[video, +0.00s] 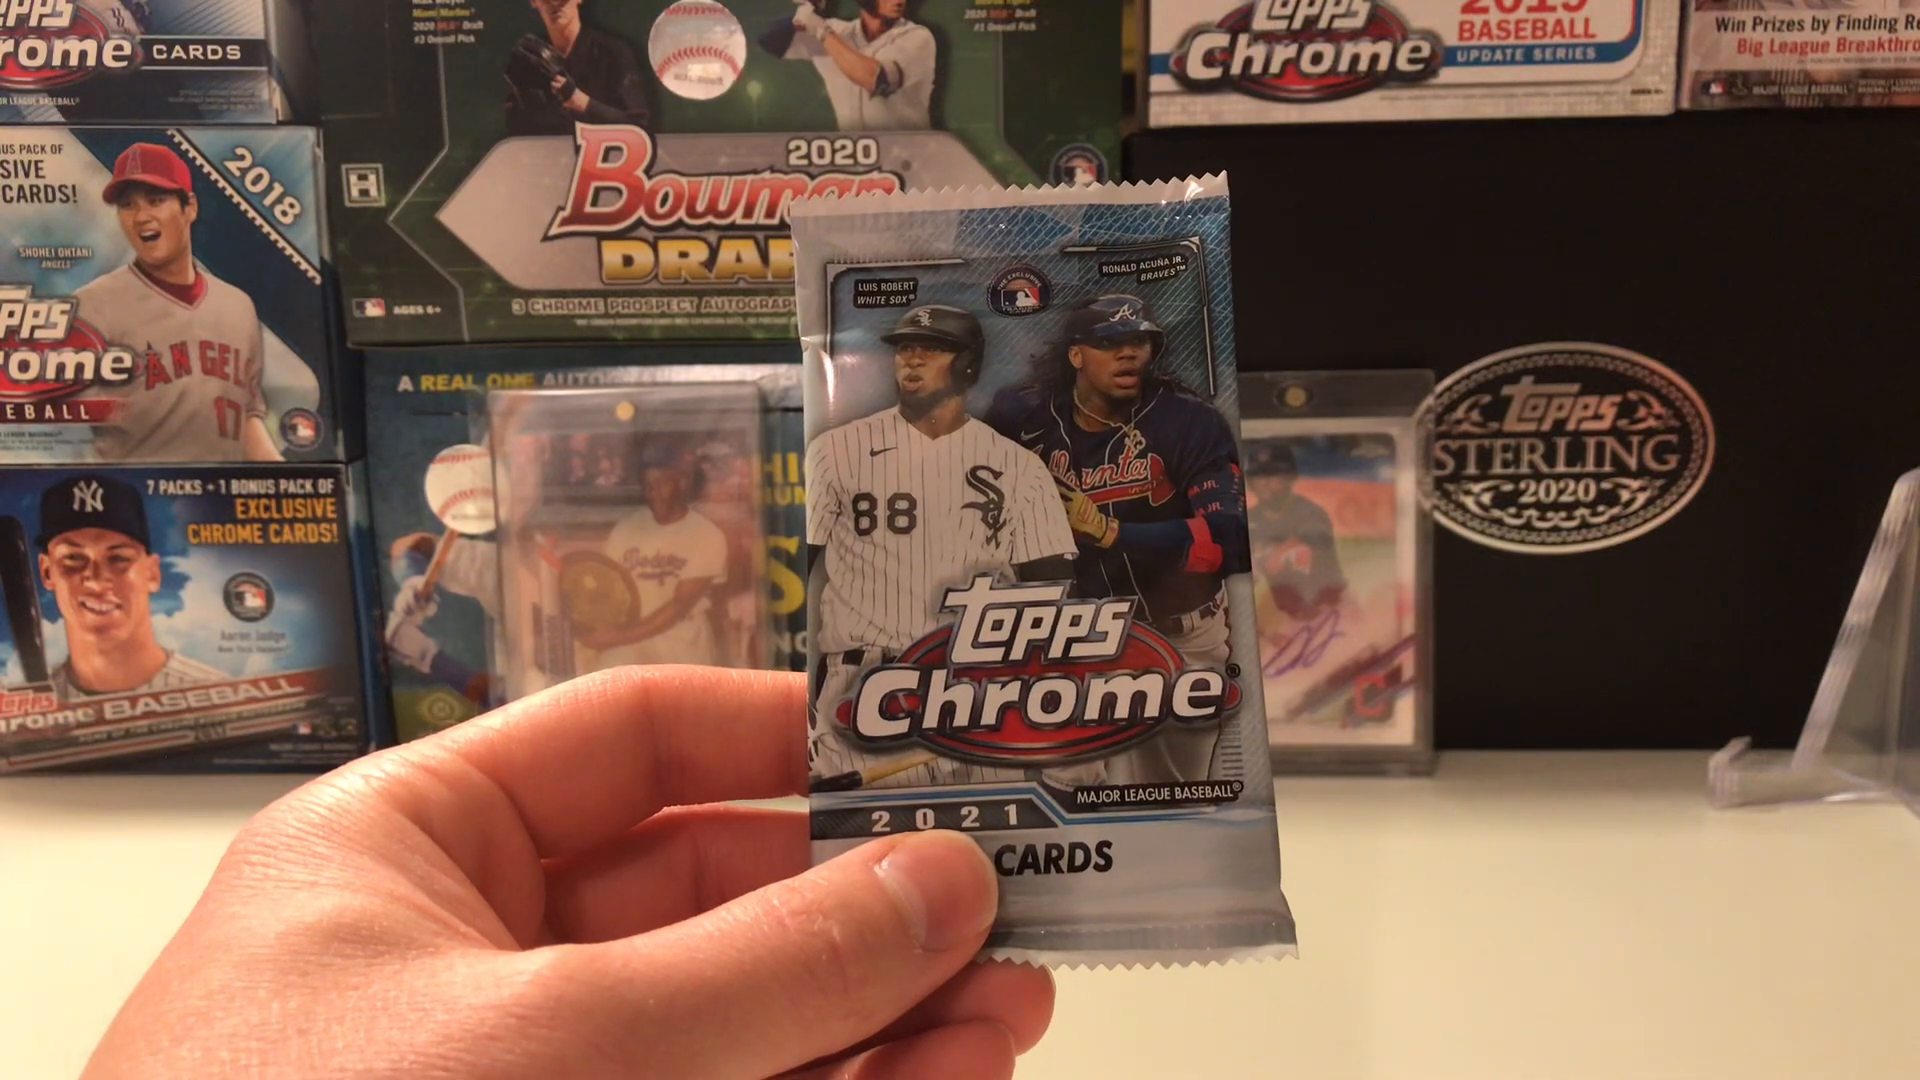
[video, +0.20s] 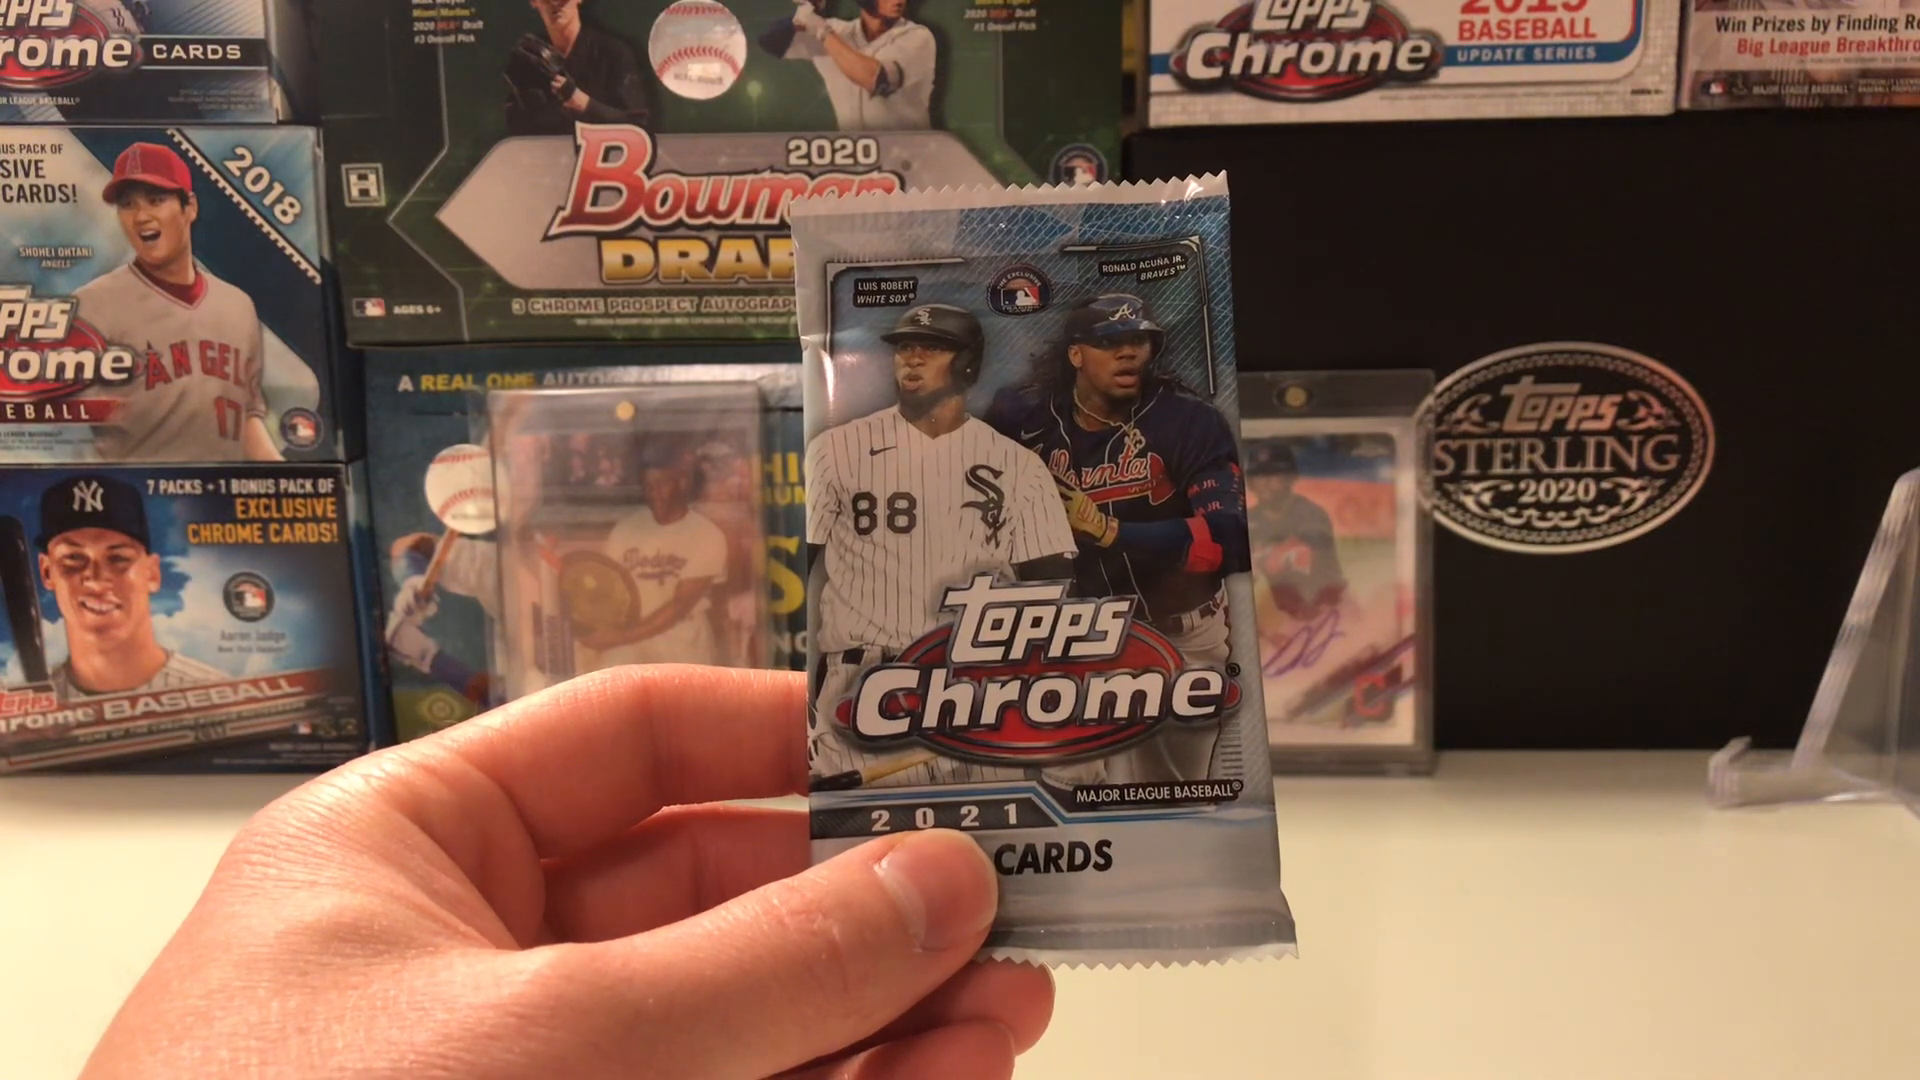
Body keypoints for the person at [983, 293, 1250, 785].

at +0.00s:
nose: (1131, 354)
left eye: (1140, 341)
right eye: (1113, 343)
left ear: (1153, 349)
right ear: (1076, 356)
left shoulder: (1190, 423)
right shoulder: (1023, 419)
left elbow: (1226, 537)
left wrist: (1112, 532)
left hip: (1182, 630)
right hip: (1070, 636)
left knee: (1178, 801)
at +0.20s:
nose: (1131, 353)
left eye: (1139, 340)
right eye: (1113, 342)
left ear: (1152, 348)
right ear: (1076, 355)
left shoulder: (1190, 422)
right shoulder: (1023, 418)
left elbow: (1228, 537)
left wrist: (1111, 531)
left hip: (1183, 629)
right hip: (1071, 635)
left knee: (1183, 799)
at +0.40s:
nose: (1132, 354)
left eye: (1141, 341)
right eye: (1115, 343)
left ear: (1154, 348)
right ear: (1078, 355)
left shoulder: (1192, 424)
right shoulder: (1024, 419)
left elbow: (1230, 537)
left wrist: (1114, 532)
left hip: (1184, 632)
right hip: (1072, 638)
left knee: (1184, 801)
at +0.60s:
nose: (1133, 353)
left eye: (1142, 340)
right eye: (1116, 342)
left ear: (1155, 348)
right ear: (1078, 354)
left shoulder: (1193, 422)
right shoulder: (1024, 417)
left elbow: (1230, 536)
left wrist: (1114, 531)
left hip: (1185, 632)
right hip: (1074, 638)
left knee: (1187, 802)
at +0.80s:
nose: (1135, 355)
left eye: (1144, 342)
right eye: (1117, 344)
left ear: (1157, 350)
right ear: (1080, 356)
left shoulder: (1194, 425)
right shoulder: (1027, 420)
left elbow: (1232, 540)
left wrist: (1115, 533)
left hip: (1184, 632)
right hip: (1072, 636)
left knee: (1181, 802)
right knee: (1074, 798)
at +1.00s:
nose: (1138, 357)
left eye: (1147, 344)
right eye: (1120, 346)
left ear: (1160, 352)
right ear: (1084, 358)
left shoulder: (1198, 425)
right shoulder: (1029, 419)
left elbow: (1234, 541)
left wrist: (1117, 532)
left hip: (1188, 633)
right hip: (1075, 636)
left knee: (1180, 804)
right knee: (1076, 798)